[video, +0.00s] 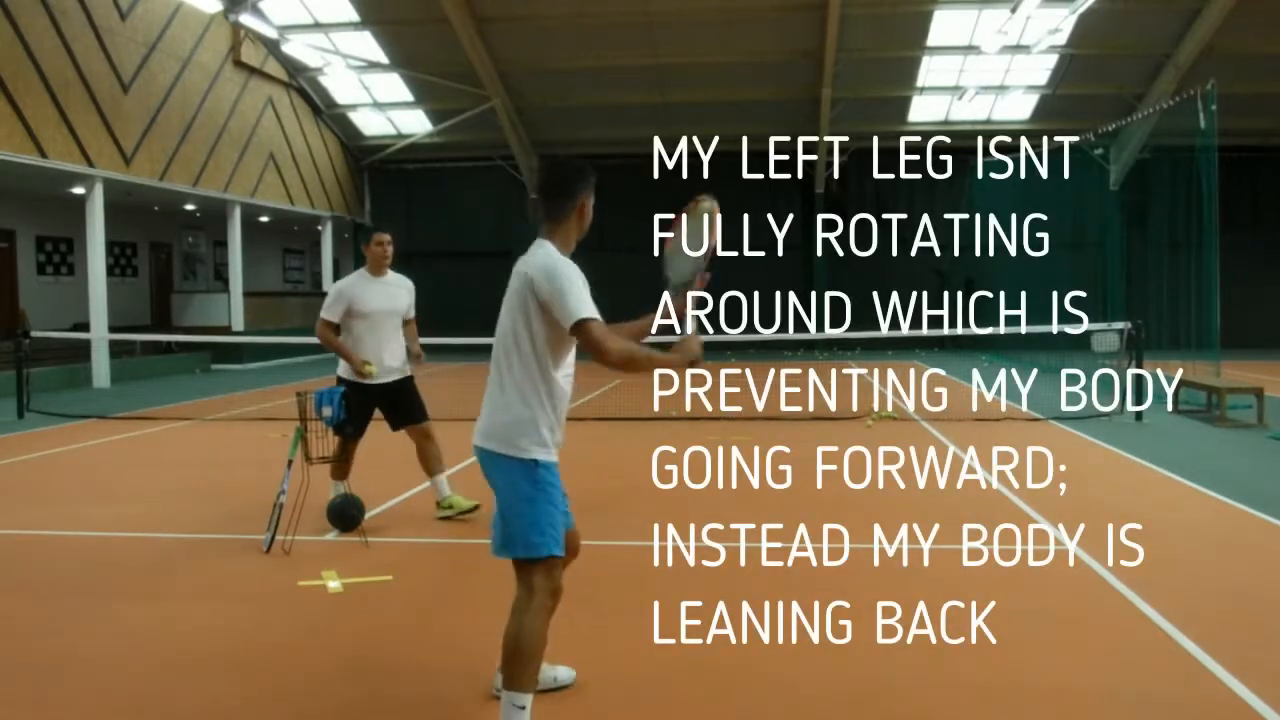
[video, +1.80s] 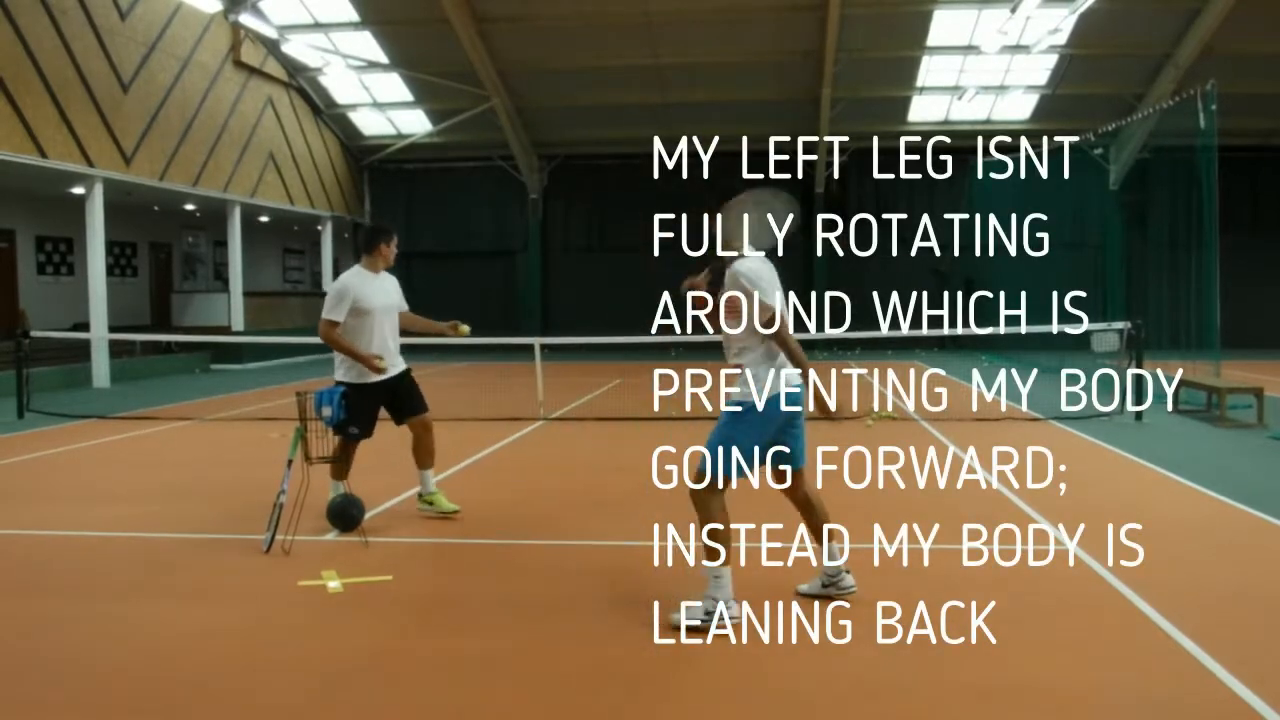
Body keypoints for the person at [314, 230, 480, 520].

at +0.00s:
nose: (386, 250)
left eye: (389, 244)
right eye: (379, 245)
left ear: (393, 249)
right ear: (366, 250)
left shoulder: (405, 286)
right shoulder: (345, 288)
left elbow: (409, 322)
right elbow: (323, 331)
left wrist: (414, 344)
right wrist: (353, 360)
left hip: (398, 379)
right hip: (358, 382)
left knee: (424, 433)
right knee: (347, 442)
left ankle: (445, 497)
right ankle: (338, 498)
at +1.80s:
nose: (396, 252)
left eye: (396, 247)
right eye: (394, 247)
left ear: (381, 248)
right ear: (381, 248)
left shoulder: (390, 281)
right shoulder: (346, 284)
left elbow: (402, 319)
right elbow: (326, 331)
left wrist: (443, 328)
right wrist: (362, 358)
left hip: (395, 374)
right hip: (358, 380)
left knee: (423, 425)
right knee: (349, 440)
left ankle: (428, 492)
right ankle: (337, 496)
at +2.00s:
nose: (420, 257)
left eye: (422, 252)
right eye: (414, 252)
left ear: (421, 256)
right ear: (396, 254)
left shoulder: (423, 291)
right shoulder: (369, 288)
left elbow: (438, 331)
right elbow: (343, 330)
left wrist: (475, 356)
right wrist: (369, 361)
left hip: (408, 382)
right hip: (367, 383)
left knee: (430, 436)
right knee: (350, 442)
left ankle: (451, 501)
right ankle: (337, 497)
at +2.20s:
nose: (454, 266)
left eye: (457, 260)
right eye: (447, 260)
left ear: (460, 265)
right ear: (431, 262)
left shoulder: (461, 304)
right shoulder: (401, 291)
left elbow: (463, 352)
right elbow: (372, 325)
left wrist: (473, 399)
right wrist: (386, 364)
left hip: (431, 380)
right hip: (390, 379)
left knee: (452, 433)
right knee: (364, 437)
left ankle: (455, 503)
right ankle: (340, 490)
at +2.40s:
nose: (467, 260)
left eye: (469, 255)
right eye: (460, 254)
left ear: (472, 260)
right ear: (444, 257)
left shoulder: (475, 301)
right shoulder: (415, 286)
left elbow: (483, 347)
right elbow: (389, 322)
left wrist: (492, 392)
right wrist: (403, 358)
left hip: (445, 376)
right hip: (404, 374)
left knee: (459, 433)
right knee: (380, 434)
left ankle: (456, 503)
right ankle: (359, 495)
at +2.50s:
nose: (465, 257)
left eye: (468, 252)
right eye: (459, 251)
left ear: (471, 259)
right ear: (444, 256)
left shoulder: (475, 296)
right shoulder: (415, 286)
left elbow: (496, 329)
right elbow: (390, 323)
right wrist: (400, 354)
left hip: (448, 376)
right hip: (407, 373)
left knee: (459, 433)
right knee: (386, 434)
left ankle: (456, 503)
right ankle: (367, 494)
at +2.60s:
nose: (462, 255)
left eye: (465, 250)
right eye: (456, 249)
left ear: (468, 257)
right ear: (440, 255)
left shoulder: (473, 291)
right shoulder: (414, 286)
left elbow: (500, 307)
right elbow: (390, 321)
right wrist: (393, 360)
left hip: (448, 378)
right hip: (407, 374)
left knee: (459, 434)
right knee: (382, 436)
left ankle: (456, 503)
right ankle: (365, 493)